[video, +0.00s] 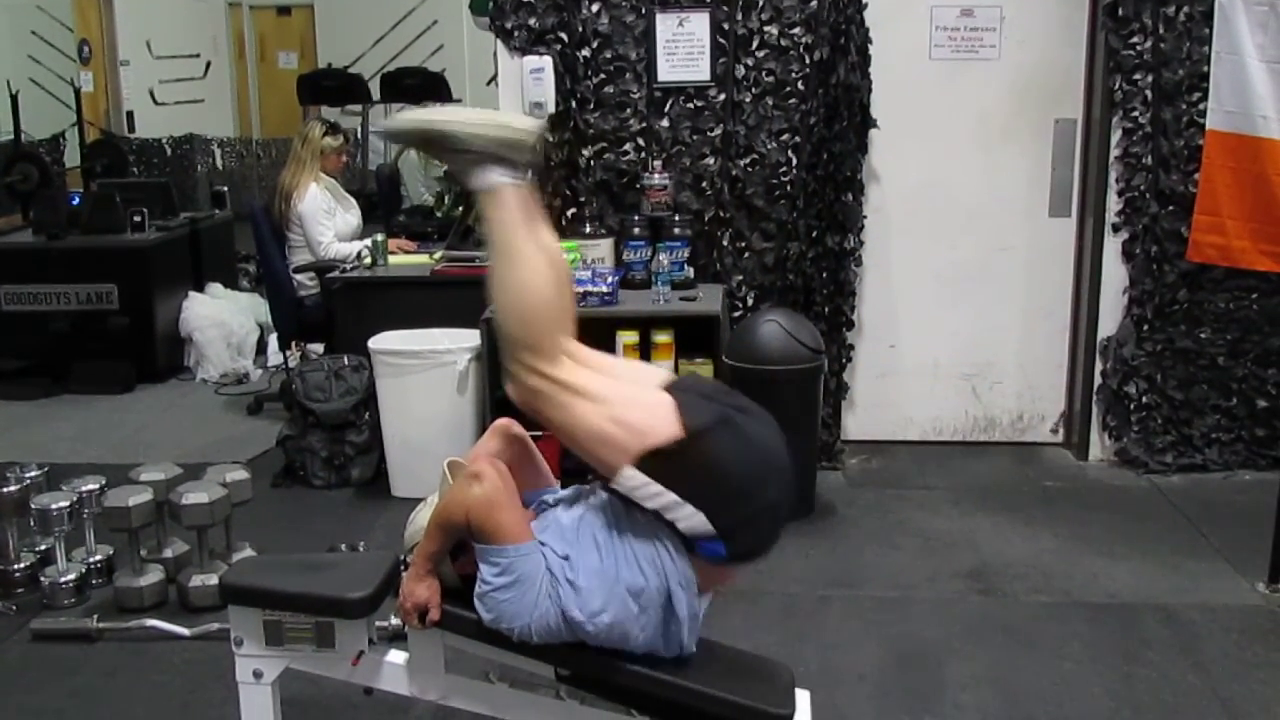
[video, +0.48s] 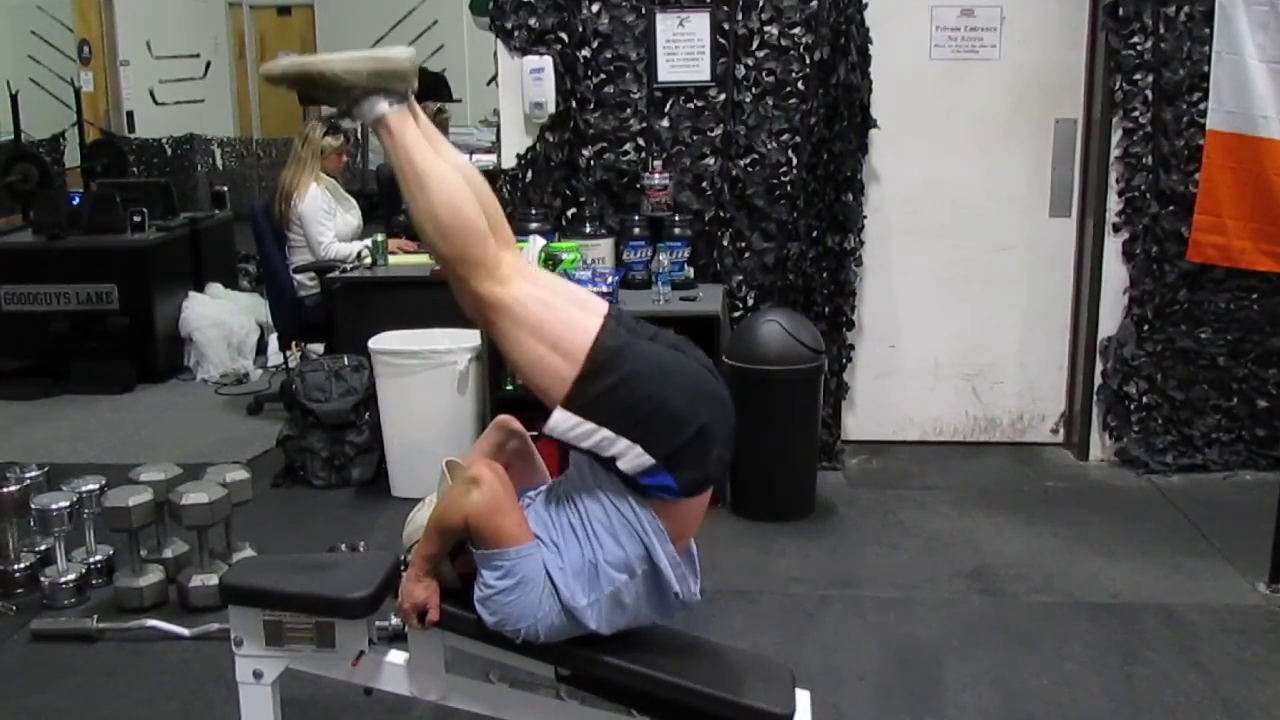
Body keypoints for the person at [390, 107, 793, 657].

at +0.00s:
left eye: (459, 545)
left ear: (471, 553)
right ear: (469, 562)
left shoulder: (548, 524)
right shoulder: (519, 599)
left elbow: (505, 436)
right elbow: (477, 481)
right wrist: (423, 567)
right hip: (734, 492)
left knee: (552, 360)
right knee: (537, 377)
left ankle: (512, 178)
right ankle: (498, 174)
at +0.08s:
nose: (463, 556)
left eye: (458, 554)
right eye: (457, 556)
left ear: (471, 557)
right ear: (467, 568)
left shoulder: (548, 526)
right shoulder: (519, 597)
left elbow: (506, 434)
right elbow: (477, 481)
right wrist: (422, 565)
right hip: (724, 479)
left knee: (539, 337)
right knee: (518, 355)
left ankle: (475, 163)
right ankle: (453, 166)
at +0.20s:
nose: (465, 552)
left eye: (452, 548)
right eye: (454, 551)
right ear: (461, 564)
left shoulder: (550, 536)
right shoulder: (520, 598)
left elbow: (509, 432)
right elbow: (480, 480)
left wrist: (438, 539)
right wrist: (424, 564)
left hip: (718, 431)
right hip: (703, 460)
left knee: (523, 314)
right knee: (506, 335)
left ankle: (437, 150)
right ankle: (413, 157)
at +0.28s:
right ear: (473, 565)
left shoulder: (543, 530)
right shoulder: (521, 599)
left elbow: (509, 430)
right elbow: (477, 481)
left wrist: (431, 547)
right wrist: (425, 565)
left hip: (708, 425)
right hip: (697, 450)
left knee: (517, 301)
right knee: (500, 321)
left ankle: (423, 135)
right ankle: (393, 145)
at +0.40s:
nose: (459, 489)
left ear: (463, 550)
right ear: (465, 557)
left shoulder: (546, 537)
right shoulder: (520, 601)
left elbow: (509, 429)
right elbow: (478, 481)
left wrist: (454, 517)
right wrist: (423, 567)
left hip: (692, 417)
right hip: (678, 444)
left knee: (508, 283)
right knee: (490, 300)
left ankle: (409, 114)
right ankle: (381, 118)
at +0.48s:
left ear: (460, 552)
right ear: (467, 570)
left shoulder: (542, 542)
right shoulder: (520, 601)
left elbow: (506, 428)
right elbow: (476, 487)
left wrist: (453, 519)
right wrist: (423, 566)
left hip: (685, 414)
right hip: (678, 438)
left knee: (505, 271)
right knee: (491, 286)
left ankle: (407, 104)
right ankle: (383, 106)